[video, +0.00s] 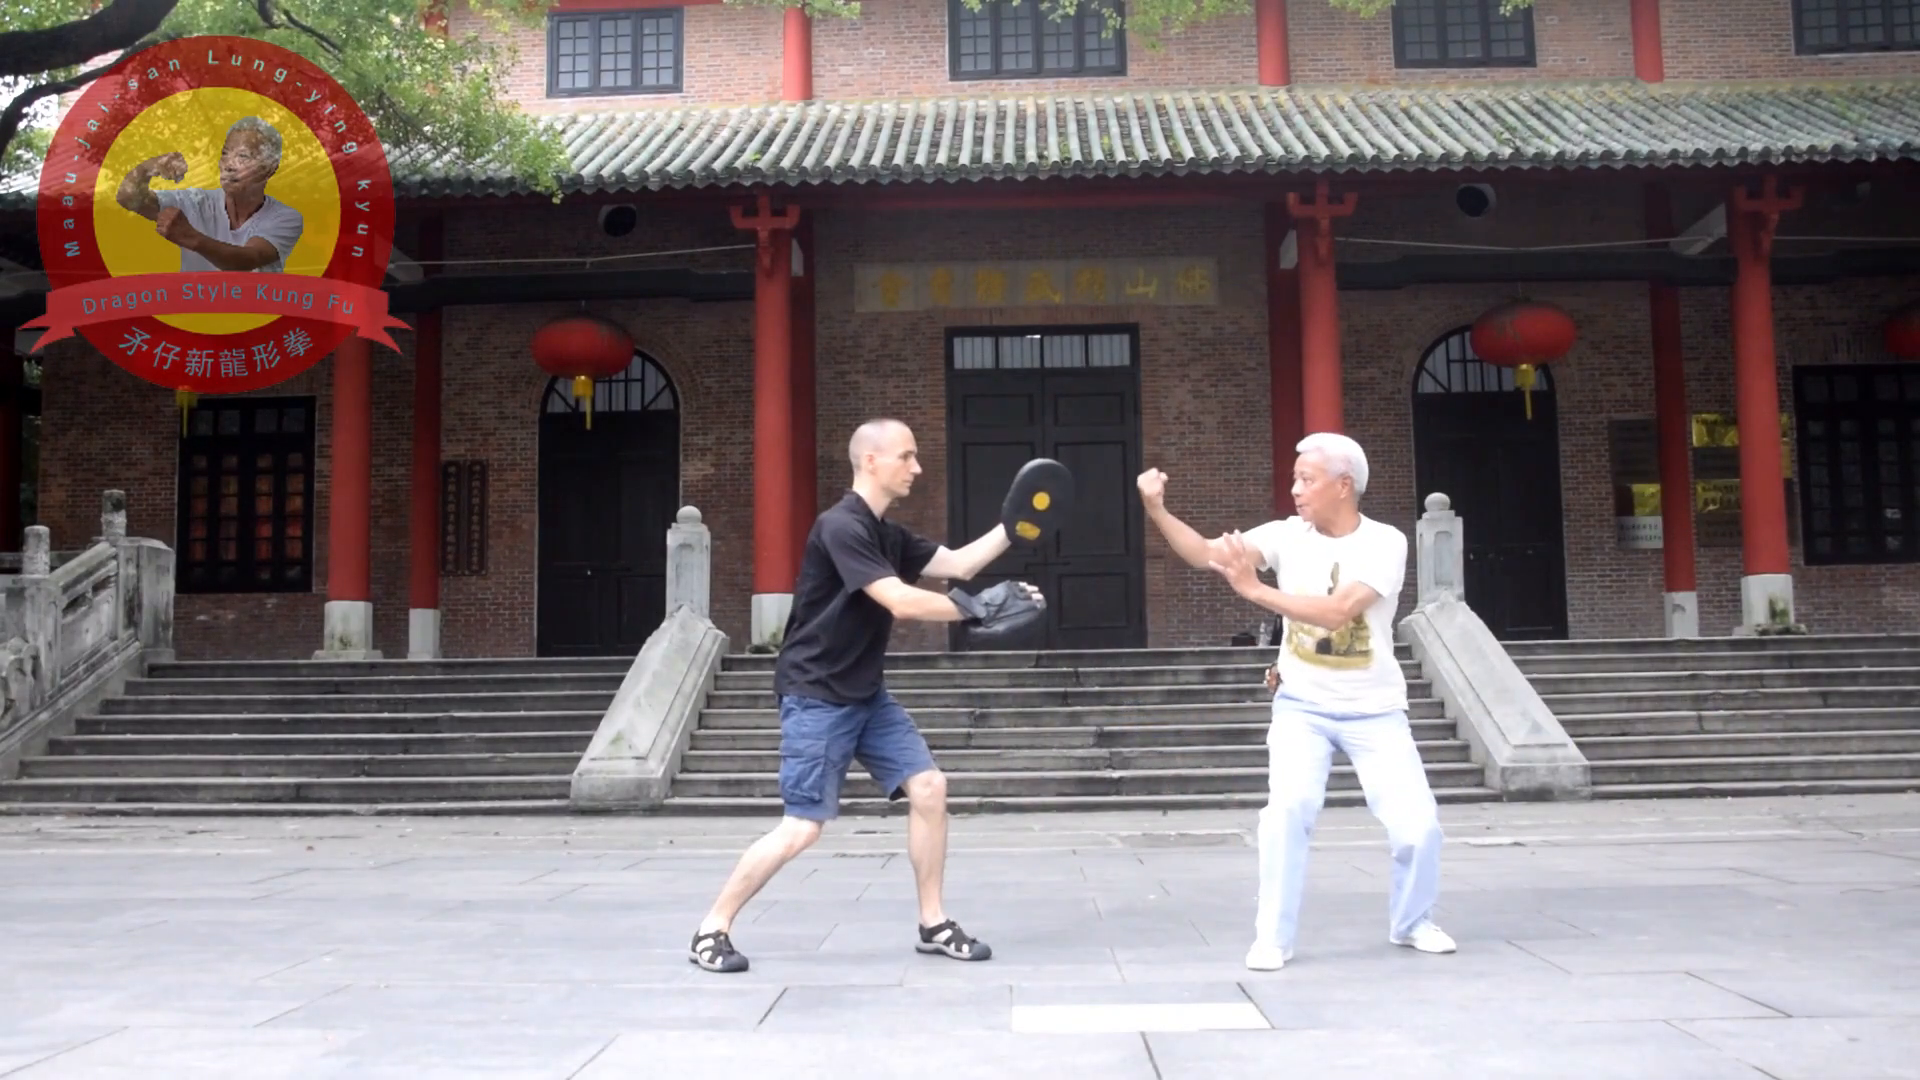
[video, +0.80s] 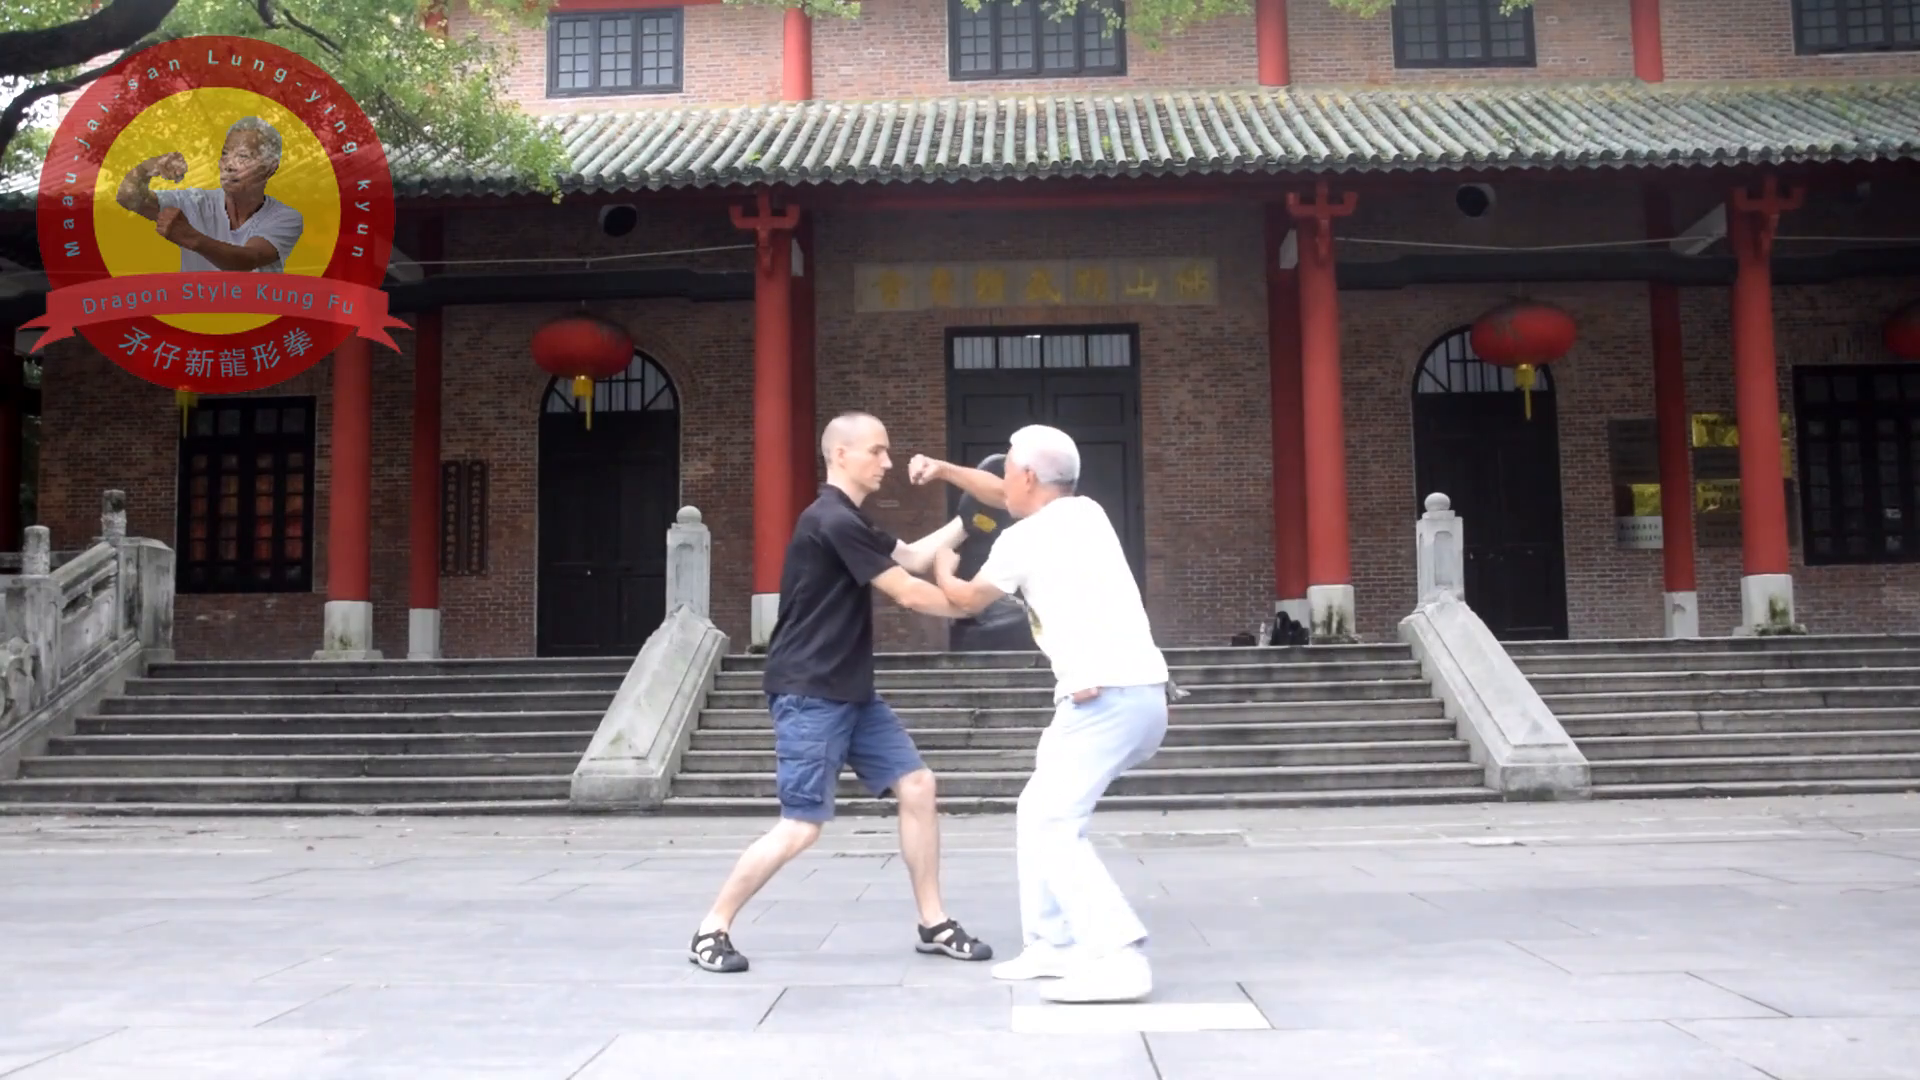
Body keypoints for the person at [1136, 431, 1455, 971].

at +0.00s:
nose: (1295, 491)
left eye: (1305, 480)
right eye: (1294, 480)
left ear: (1344, 485)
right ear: (1326, 485)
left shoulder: (1386, 543)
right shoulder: (1287, 535)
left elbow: (1338, 612)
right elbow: (1210, 554)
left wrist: (1252, 590)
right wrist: (1157, 510)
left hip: (1376, 709)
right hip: (1300, 706)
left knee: (1419, 828)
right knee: (1290, 808)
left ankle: (1413, 922)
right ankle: (1272, 939)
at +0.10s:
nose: (1302, 498)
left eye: (1313, 488)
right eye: (1302, 487)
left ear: (1351, 498)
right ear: (1339, 496)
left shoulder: (1387, 559)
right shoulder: (1288, 537)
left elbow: (1340, 635)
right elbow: (1217, 558)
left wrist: (1258, 633)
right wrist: (1168, 552)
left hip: (1355, 717)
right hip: (1279, 709)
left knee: (1409, 830)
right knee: (1252, 805)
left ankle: (1412, 923)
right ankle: (1256, 932)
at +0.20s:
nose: (1278, 509)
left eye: (1289, 499)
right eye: (1278, 498)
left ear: (1328, 508)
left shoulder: (1361, 568)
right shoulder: (1264, 544)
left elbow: (1323, 633)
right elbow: (1219, 588)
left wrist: (1274, 693)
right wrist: (1269, 579)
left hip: (1332, 721)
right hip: (1256, 713)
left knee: (1392, 833)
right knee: (1198, 797)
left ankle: (1411, 923)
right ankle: (1173, 923)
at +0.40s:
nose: (1155, 502)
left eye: (1166, 493)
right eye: (1158, 493)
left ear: (1200, 503)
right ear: (1184, 501)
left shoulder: (1235, 560)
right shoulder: (1151, 547)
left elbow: (1177, 612)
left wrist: (1102, 566)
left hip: (1255, 732)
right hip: (1185, 730)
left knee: (1321, 831)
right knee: (1112, 809)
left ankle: (1407, 911)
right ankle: (1066, 936)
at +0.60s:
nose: (1049, 484)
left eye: (1056, 476)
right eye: (1054, 474)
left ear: (1080, 487)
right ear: (1092, 489)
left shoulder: (1083, 545)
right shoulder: (1111, 528)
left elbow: (1014, 605)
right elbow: (1037, 515)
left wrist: (975, 612)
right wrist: (973, 491)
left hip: (1168, 719)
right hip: (1123, 717)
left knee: (1186, 848)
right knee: (1054, 804)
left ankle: (1294, 885)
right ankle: (1053, 940)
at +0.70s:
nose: (1017, 483)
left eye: (1021, 473)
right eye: (1021, 473)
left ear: (1042, 482)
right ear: (1069, 483)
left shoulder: (1043, 542)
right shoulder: (1097, 517)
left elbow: (989, 606)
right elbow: (1016, 505)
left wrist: (958, 598)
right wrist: (952, 477)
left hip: (1129, 706)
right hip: (1129, 703)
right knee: (1042, 807)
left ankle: (1224, 913)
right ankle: (1055, 941)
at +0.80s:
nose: (1003, 475)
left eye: (1007, 467)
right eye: (1008, 466)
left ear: (1026, 476)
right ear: (1061, 477)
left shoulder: (1026, 535)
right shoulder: (1089, 513)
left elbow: (966, 598)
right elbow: (1007, 493)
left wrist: (938, 559)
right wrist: (945, 470)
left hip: (1098, 701)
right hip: (1144, 697)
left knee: (1052, 820)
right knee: (1037, 808)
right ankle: (1050, 943)